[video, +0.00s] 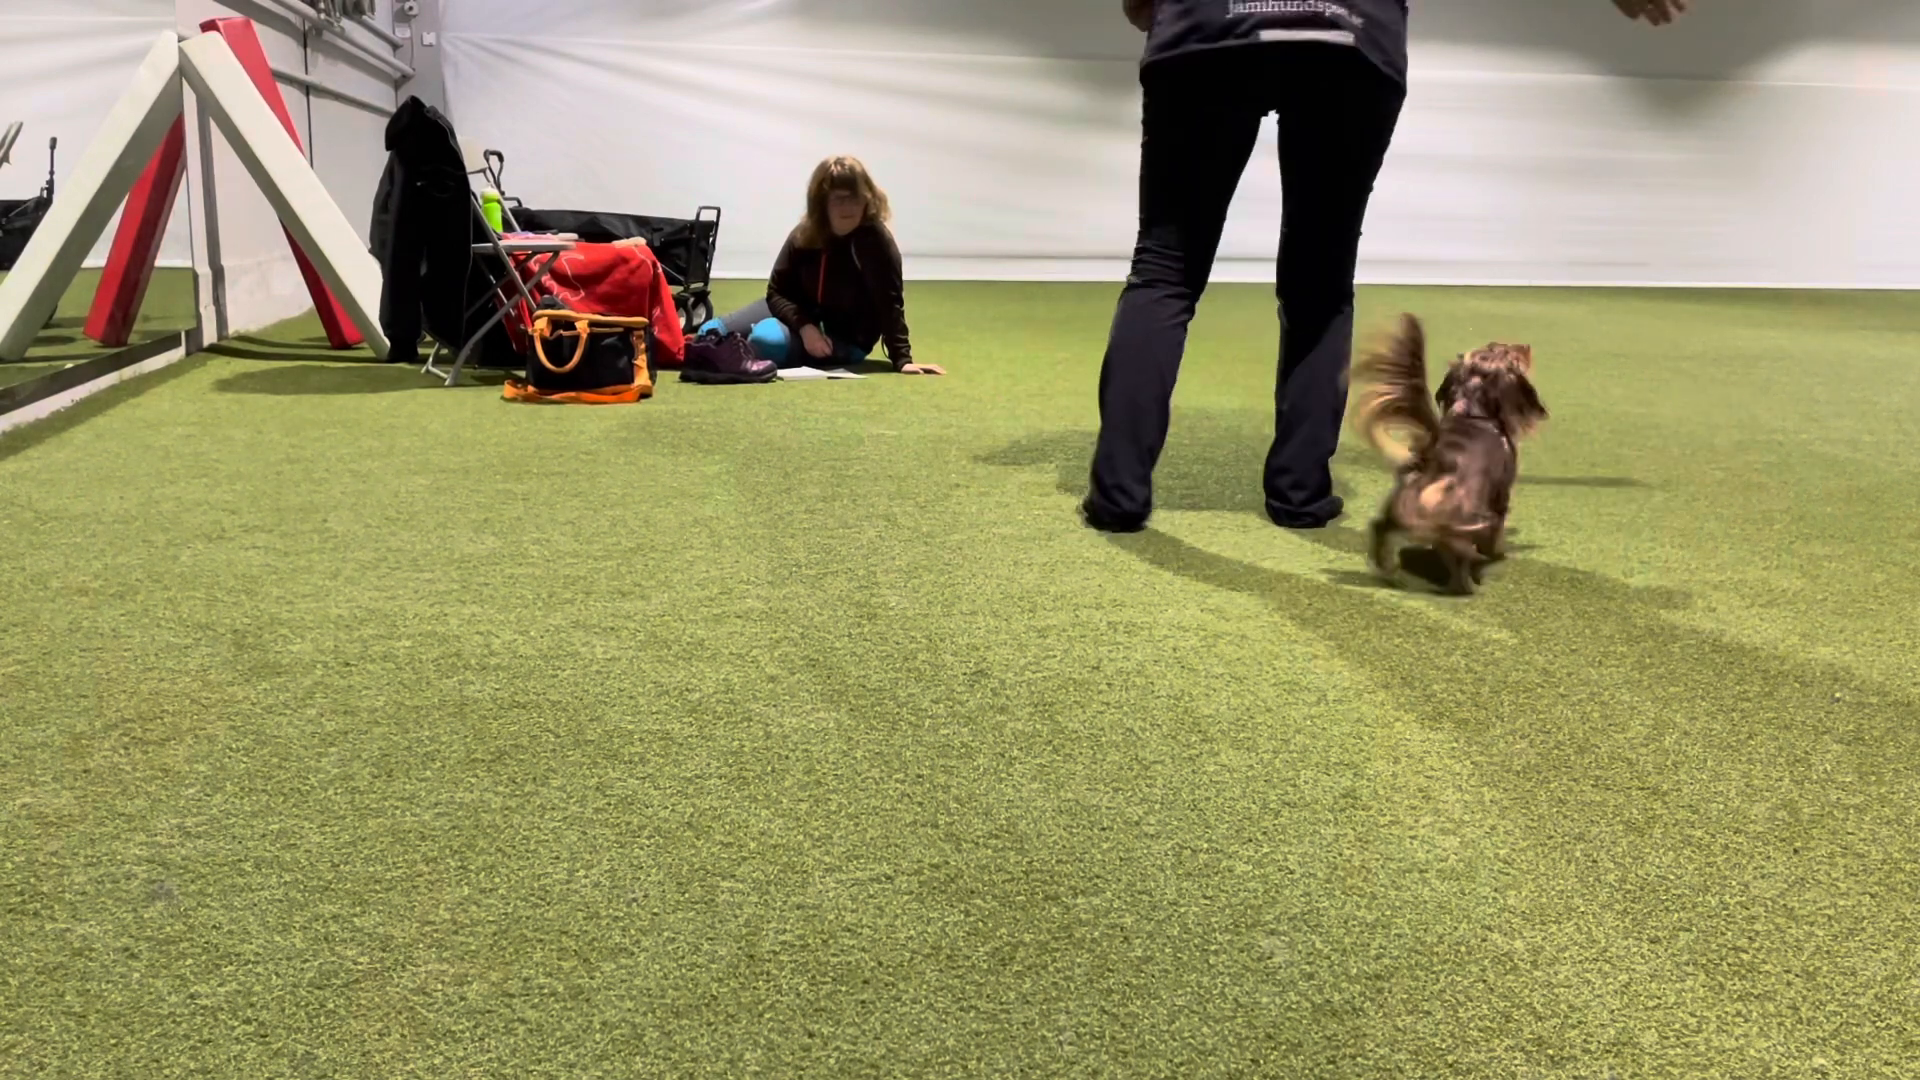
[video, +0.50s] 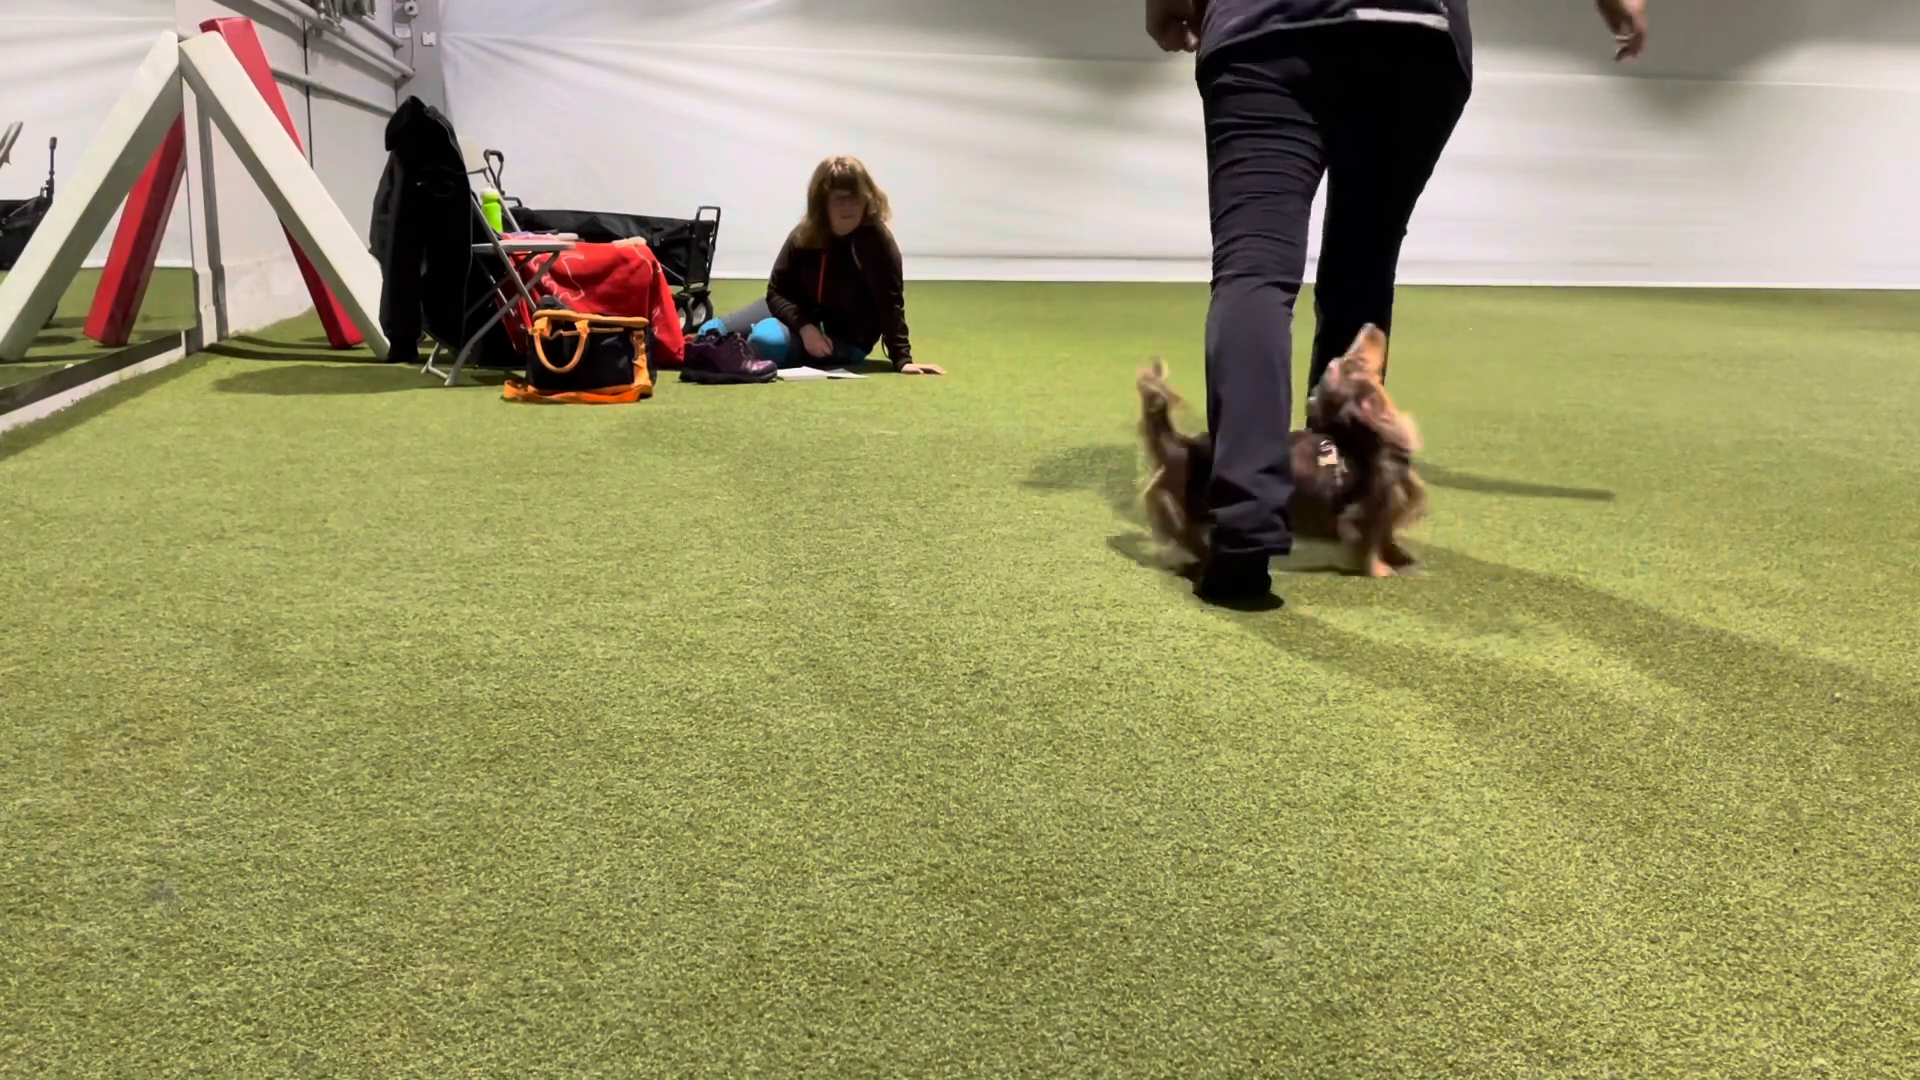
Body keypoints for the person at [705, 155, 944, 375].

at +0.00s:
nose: (847, 206)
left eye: (854, 197)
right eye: (838, 198)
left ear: (866, 200)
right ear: (822, 202)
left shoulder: (877, 242)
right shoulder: (804, 237)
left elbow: (891, 302)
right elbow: (777, 293)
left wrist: (903, 360)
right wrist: (804, 327)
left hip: (842, 338)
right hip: (795, 313)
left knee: (765, 336)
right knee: (712, 331)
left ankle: (733, 345)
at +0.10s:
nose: (847, 206)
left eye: (855, 196)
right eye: (838, 198)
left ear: (866, 200)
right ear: (822, 202)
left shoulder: (877, 242)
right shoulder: (804, 237)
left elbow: (891, 302)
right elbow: (777, 292)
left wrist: (902, 360)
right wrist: (804, 327)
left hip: (842, 338)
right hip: (795, 313)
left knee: (765, 336)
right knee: (712, 331)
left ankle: (732, 346)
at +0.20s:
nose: (847, 206)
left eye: (855, 196)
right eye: (838, 198)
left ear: (866, 200)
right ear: (822, 201)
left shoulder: (877, 241)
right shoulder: (804, 237)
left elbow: (891, 302)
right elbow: (777, 293)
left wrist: (902, 360)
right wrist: (804, 327)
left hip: (842, 338)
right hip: (795, 313)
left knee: (765, 336)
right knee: (712, 331)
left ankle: (733, 345)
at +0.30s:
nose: (847, 206)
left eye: (855, 196)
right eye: (839, 198)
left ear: (867, 200)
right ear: (822, 201)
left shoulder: (877, 241)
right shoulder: (804, 237)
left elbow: (891, 301)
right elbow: (777, 292)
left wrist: (902, 360)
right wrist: (804, 327)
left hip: (842, 337)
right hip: (795, 313)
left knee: (765, 336)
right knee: (712, 332)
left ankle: (732, 346)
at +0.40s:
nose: (847, 205)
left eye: (854, 197)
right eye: (838, 198)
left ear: (867, 200)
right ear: (822, 201)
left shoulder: (877, 242)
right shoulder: (804, 237)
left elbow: (891, 302)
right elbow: (777, 292)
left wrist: (902, 360)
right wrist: (804, 327)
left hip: (842, 337)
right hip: (795, 313)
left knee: (765, 337)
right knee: (712, 331)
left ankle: (732, 346)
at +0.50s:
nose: (847, 206)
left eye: (855, 196)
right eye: (838, 198)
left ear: (867, 200)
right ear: (822, 201)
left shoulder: (877, 241)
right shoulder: (804, 237)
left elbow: (891, 301)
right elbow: (777, 292)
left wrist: (902, 360)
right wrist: (804, 327)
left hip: (842, 338)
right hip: (795, 313)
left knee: (765, 336)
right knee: (712, 331)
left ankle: (732, 346)